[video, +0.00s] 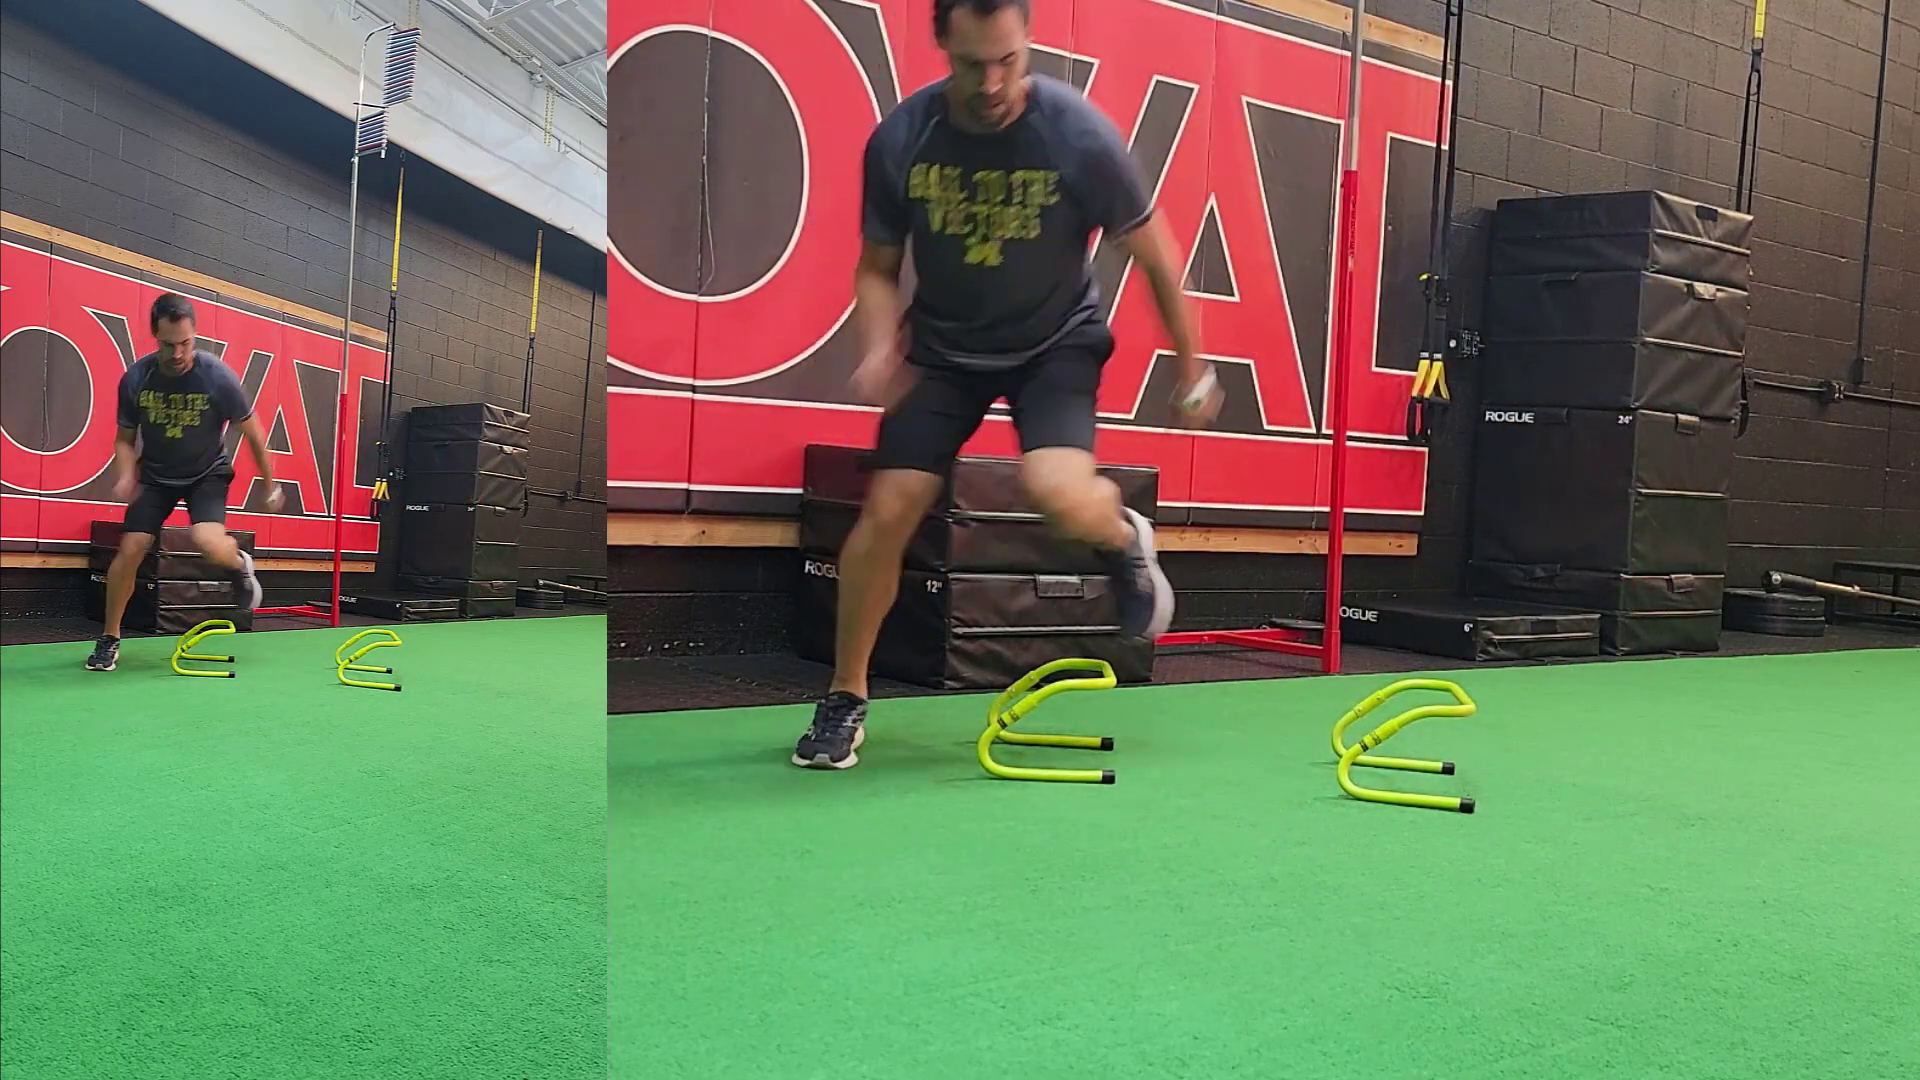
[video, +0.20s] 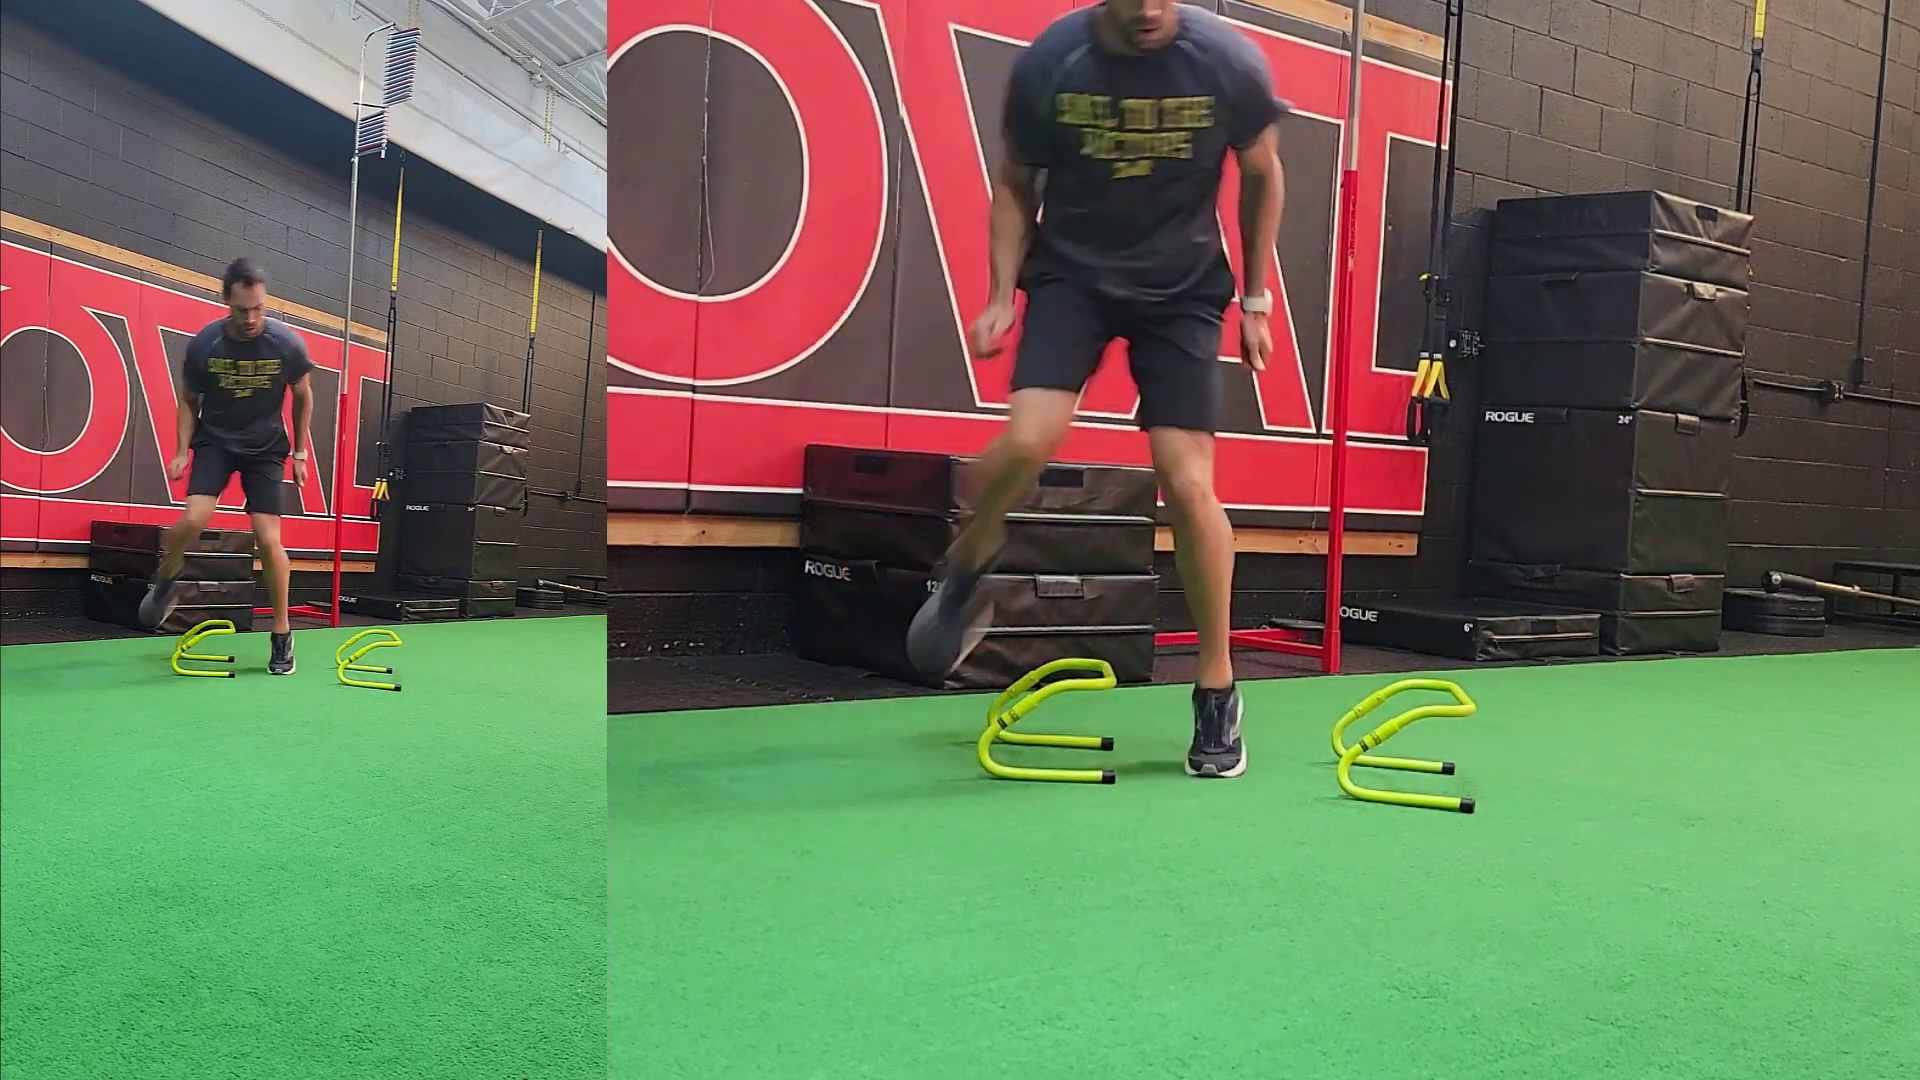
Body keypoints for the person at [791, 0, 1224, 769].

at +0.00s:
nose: (991, 83)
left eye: (1006, 62)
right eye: (972, 66)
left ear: (1029, 43)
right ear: (942, 51)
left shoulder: (1083, 139)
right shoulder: (899, 141)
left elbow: (1159, 258)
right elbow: (878, 266)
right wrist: (879, 347)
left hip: (1054, 346)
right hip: (943, 350)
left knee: (1058, 492)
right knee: (890, 506)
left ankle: (1128, 546)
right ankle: (845, 696)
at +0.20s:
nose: (1151, 13)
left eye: (1163, 1)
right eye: (1134, 3)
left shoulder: (1229, 64)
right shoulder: (1047, 64)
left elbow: (1264, 172)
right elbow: (1014, 185)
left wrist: (1257, 295)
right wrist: (1001, 294)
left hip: (1179, 289)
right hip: (1071, 280)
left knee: (1188, 485)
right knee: (1028, 445)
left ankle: (1216, 692)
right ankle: (963, 572)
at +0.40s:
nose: (1293, 8)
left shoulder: (1343, 54)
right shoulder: (1165, 57)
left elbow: (1369, 164)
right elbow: (1108, 181)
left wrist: (1343, 186)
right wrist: (1082, 317)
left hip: (1298, 282)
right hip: (1198, 274)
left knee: (1295, 459)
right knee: (1223, 437)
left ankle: (1250, 644)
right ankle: (1194, 642)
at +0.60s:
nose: (1409, 26)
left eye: (1423, 10)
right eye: (1392, 9)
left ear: (1439, 10)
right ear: (1351, 7)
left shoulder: (1461, 78)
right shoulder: (1288, 90)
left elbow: (1474, 177)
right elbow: (1232, 225)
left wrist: (1469, 295)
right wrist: (1247, 351)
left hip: (1423, 310)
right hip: (1308, 323)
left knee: (1501, 466)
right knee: (1286, 503)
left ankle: (1486, 584)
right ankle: (1211, 709)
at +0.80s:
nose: (1543, 91)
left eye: (1558, 71)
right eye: (1525, 72)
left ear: (1573, 53)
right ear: (1481, 51)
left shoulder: (1594, 129)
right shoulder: (1421, 147)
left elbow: (1594, 220)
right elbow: (1390, 288)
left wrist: (1571, 316)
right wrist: (1499, 282)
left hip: (1541, 352)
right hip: (1434, 345)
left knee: (1582, 537)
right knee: (1419, 476)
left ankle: (1625, 729)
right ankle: (1426, 504)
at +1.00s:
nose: (1609, 147)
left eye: (1623, 126)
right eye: (1591, 128)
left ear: (1636, 109)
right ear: (1547, 107)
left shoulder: (1655, 169)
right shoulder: (1486, 202)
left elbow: (1653, 241)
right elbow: (1449, 348)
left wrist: (1626, 315)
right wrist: (1559, 339)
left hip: (1611, 378)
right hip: (1510, 385)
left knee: (1640, 536)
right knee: (1591, 499)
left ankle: (1635, 733)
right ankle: (1574, 590)